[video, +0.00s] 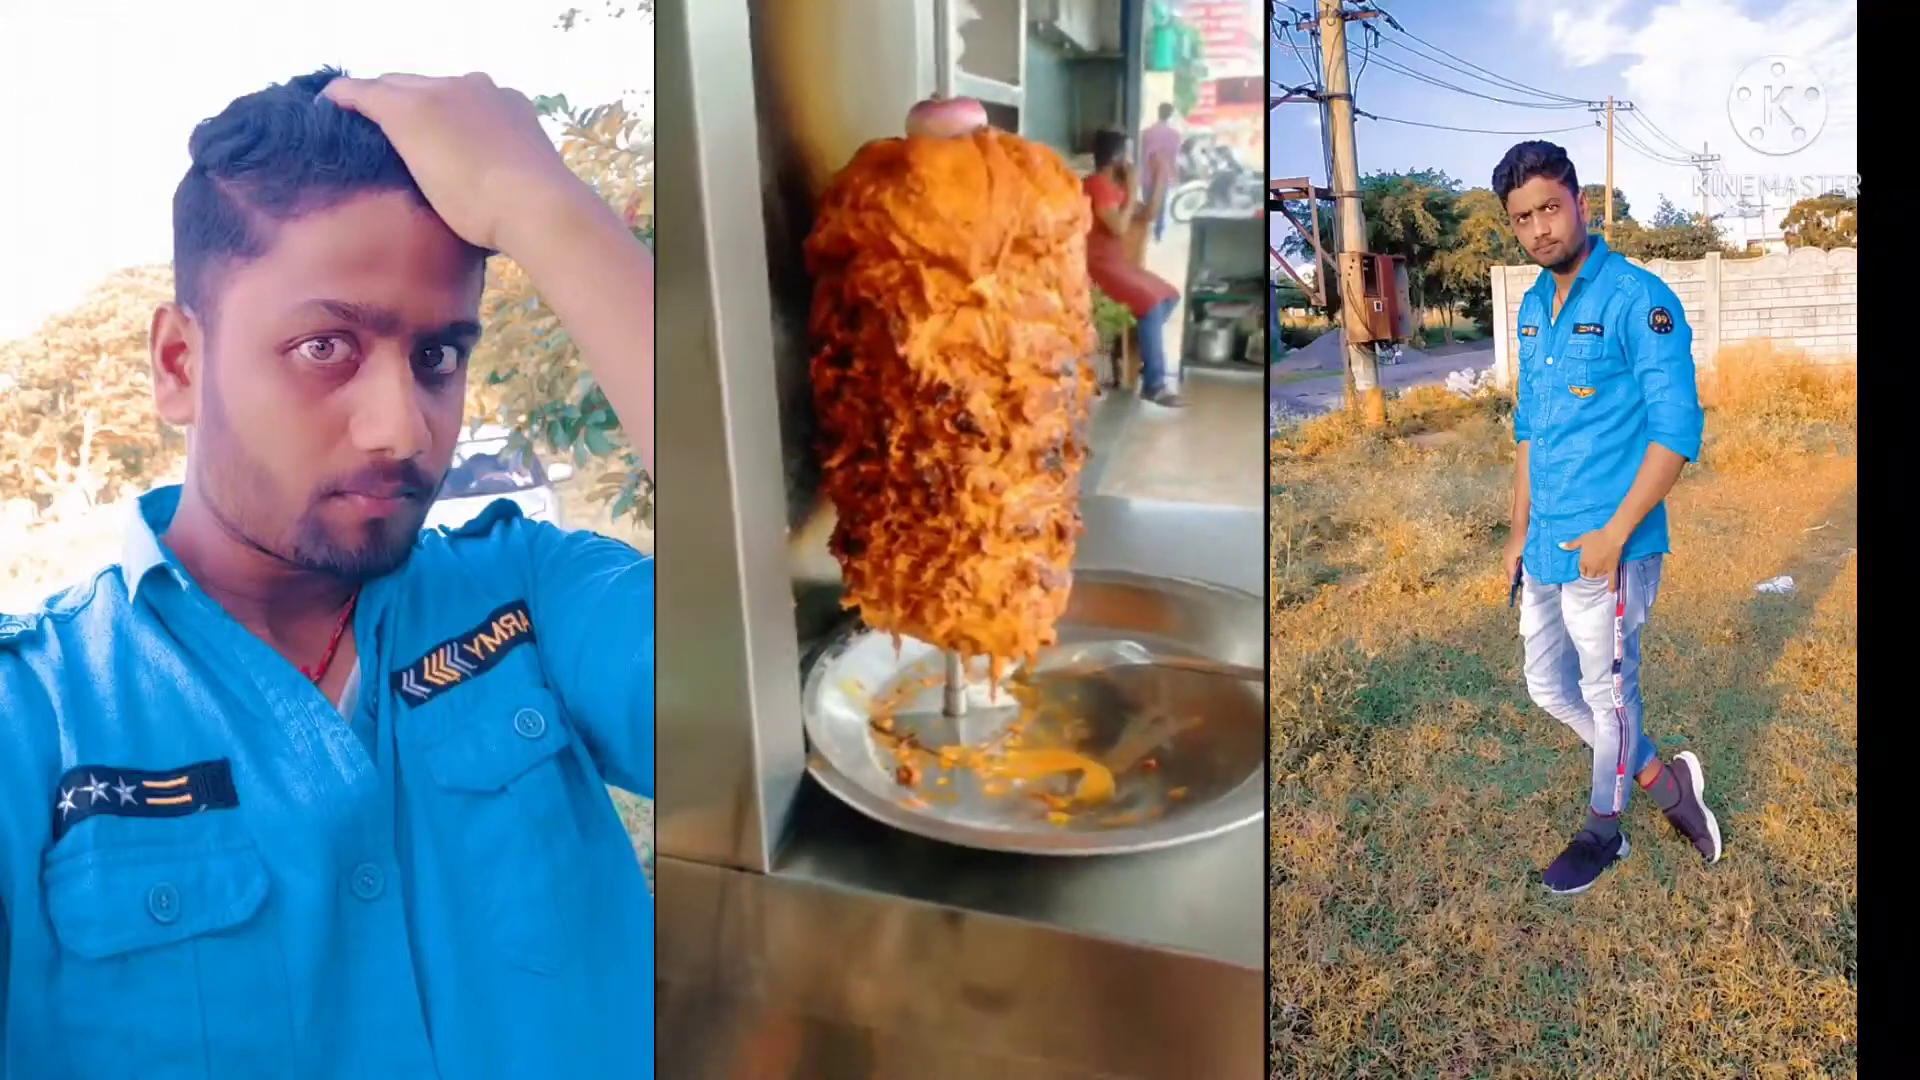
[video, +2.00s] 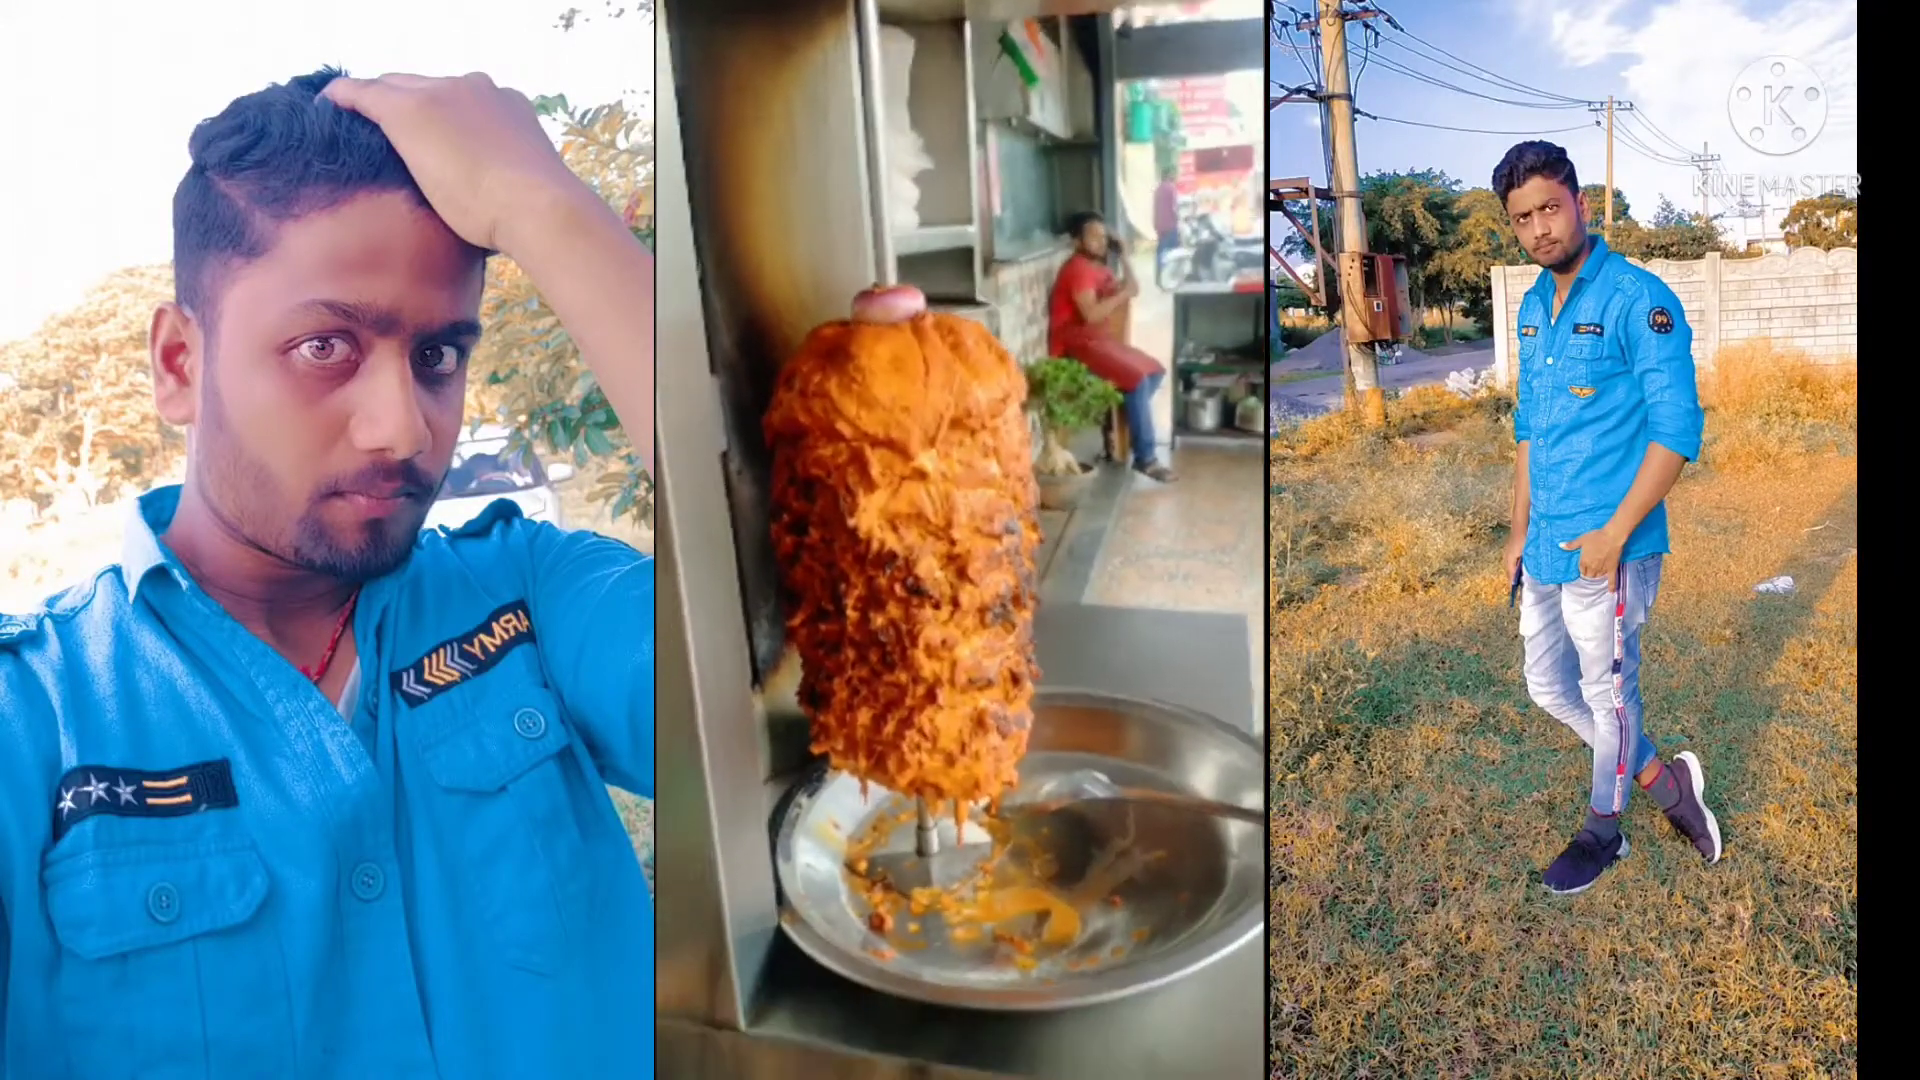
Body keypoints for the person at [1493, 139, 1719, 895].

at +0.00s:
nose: (1539, 228)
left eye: (1550, 208)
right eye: (1522, 218)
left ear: (1581, 203)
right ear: (1512, 228)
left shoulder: (1640, 298)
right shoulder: (1534, 306)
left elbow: (1677, 433)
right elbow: (1529, 431)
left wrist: (1615, 532)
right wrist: (1519, 530)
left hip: (1612, 538)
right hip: (1544, 539)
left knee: (1610, 691)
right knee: (1548, 684)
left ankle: (1603, 828)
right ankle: (1665, 778)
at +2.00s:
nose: (1539, 228)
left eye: (1550, 208)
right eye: (1523, 218)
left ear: (1582, 203)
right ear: (1513, 228)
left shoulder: (1640, 298)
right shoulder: (1534, 307)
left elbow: (1678, 432)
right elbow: (1529, 430)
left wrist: (1616, 531)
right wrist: (1519, 528)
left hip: (1611, 536)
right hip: (1544, 538)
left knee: (1610, 689)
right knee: (1549, 684)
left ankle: (1602, 828)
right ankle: (1665, 778)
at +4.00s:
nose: (1537, 229)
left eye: (1549, 208)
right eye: (1522, 218)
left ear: (1582, 202)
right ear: (1513, 228)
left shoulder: (1640, 298)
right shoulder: (1534, 306)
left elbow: (1678, 432)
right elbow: (1529, 431)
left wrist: (1616, 532)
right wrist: (1519, 529)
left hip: (1611, 537)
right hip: (1544, 538)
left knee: (1610, 690)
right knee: (1549, 684)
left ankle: (1602, 828)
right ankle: (1664, 778)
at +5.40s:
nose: (1537, 229)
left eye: (1548, 208)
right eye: (1522, 219)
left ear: (1582, 202)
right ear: (1513, 228)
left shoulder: (1641, 298)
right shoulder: (1534, 306)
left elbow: (1678, 432)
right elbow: (1529, 431)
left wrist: (1616, 532)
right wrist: (1520, 528)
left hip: (1612, 537)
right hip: (1544, 538)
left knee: (1610, 690)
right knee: (1549, 684)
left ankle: (1602, 828)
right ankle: (1664, 777)